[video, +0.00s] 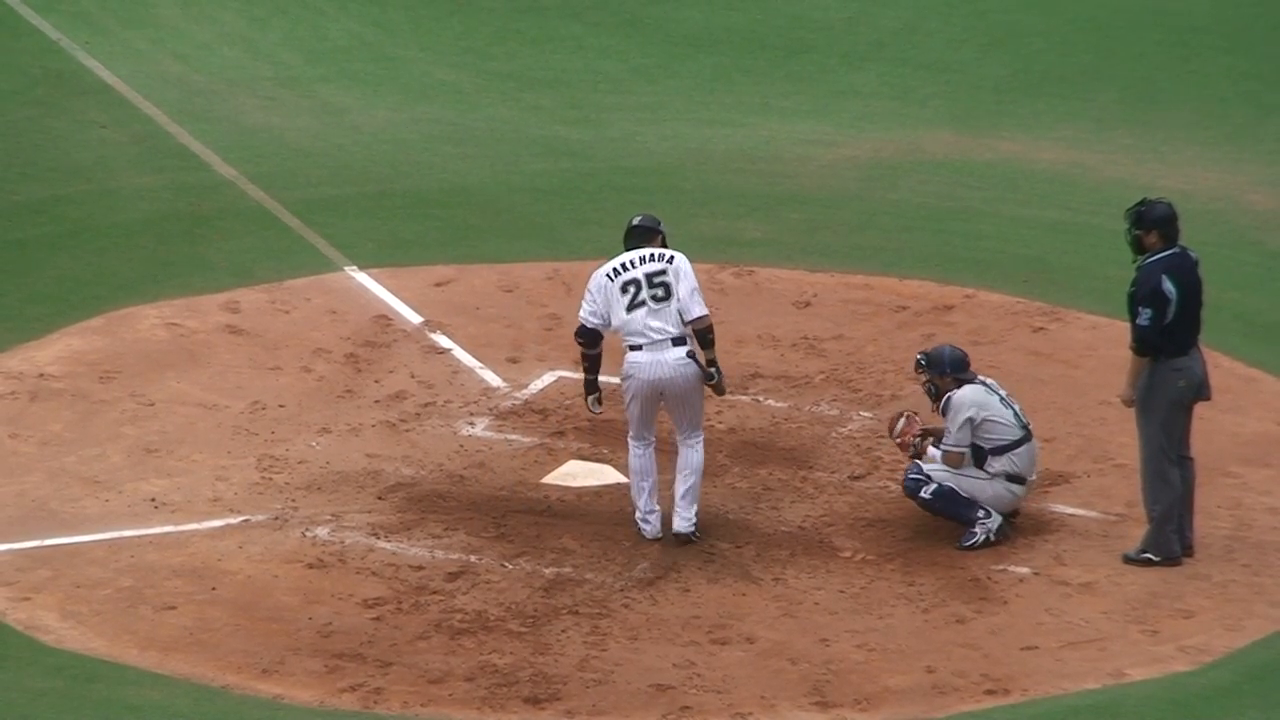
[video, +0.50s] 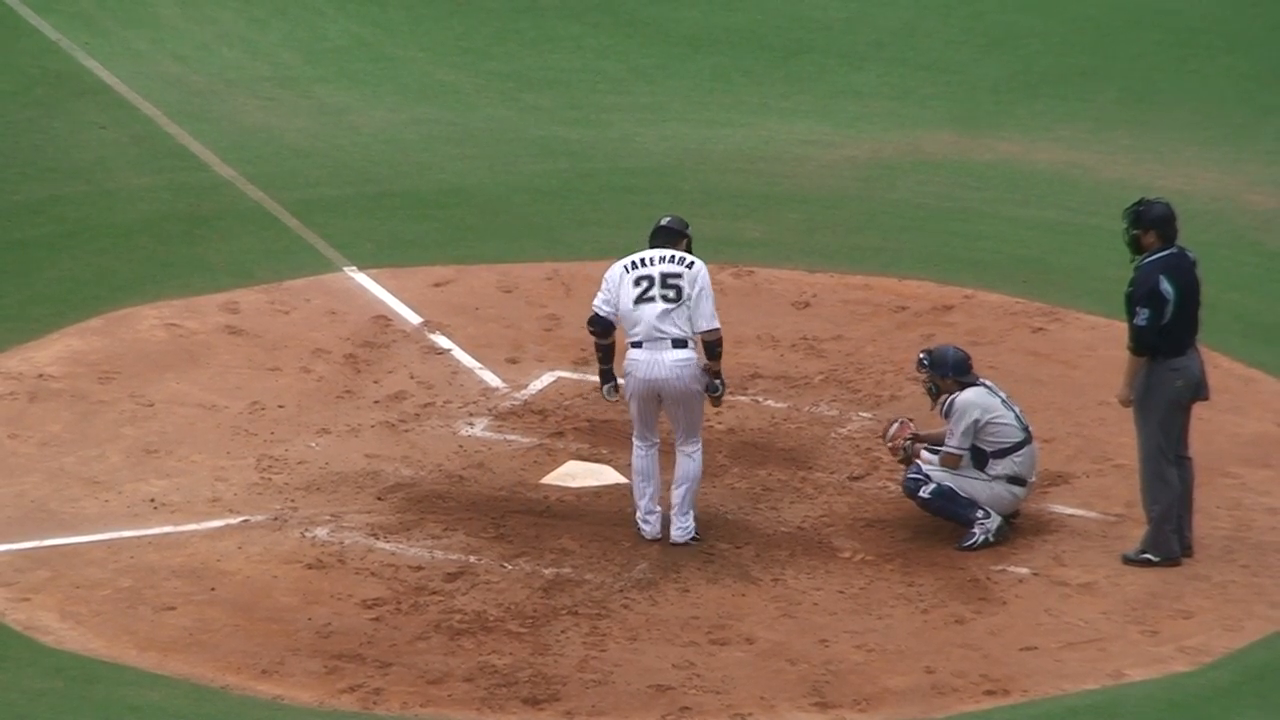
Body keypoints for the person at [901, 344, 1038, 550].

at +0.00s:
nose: (928, 382)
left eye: (931, 377)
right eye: (927, 377)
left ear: (948, 378)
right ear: (959, 375)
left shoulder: (961, 400)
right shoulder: (983, 383)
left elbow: (955, 461)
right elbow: (970, 436)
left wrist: (926, 450)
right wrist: (927, 432)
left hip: (1004, 490)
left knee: (915, 477)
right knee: (936, 454)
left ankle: (985, 520)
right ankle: (1001, 506)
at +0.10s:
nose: (929, 380)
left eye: (933, 375)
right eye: (928, 374)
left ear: (949, 376)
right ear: (961, 373)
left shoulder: (962, 400)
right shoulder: (984, 384)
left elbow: (950, 462)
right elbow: (963, 436)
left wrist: (922, 449)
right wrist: (923, 430)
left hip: (1003, 490)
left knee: (913, 479)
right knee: (932, 453)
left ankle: (984, 519)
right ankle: (1001, 505)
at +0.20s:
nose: (928, 380)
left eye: (932, 376)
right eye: (928, 375)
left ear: (949, 378)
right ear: (961, 375)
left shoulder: (963, 402)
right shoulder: (983, 385)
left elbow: (948, 463)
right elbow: (959, 435)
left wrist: (918, 451)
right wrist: (919, 431)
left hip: (1003, 491)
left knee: (912, 480)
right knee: (931, 452)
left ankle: (983, 518)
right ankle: (1001, 506)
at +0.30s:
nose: (928, 382)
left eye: (932, 377)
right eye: (928, 376)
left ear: (948, 380)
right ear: (961, 375)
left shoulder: (963, 403)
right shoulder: (982, 387)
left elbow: (948, 464)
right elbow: (957, 436)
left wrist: (916, 452)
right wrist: (919, 435)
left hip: (1003, 492)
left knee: (913, 481)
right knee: (929, 453)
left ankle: (983, 520)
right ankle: (1000, 507)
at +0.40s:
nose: (927, 381)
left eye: (932, 377)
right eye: (928, 376)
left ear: (948, 379)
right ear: (959, 377)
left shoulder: (964, 402)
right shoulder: (981, 386)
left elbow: (949, 463)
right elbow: (957, 435)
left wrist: (916, 452)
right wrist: (919, 436)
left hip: (1004, 491)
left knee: (915, 480)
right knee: (928, 453)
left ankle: (984, 520)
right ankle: (1001, 507)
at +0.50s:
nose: (928, 381)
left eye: (932, 376)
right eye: (928, 376)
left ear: (948, 379)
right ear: (960, 376)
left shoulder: (965, 402)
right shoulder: (981, 387)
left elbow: (951, 462)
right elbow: (957, 435)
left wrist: (916, 452)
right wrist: (920, 437)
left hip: (1004, 491)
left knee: (916, 479)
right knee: (929, 454)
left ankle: (985, 520)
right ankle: (1001, 507)